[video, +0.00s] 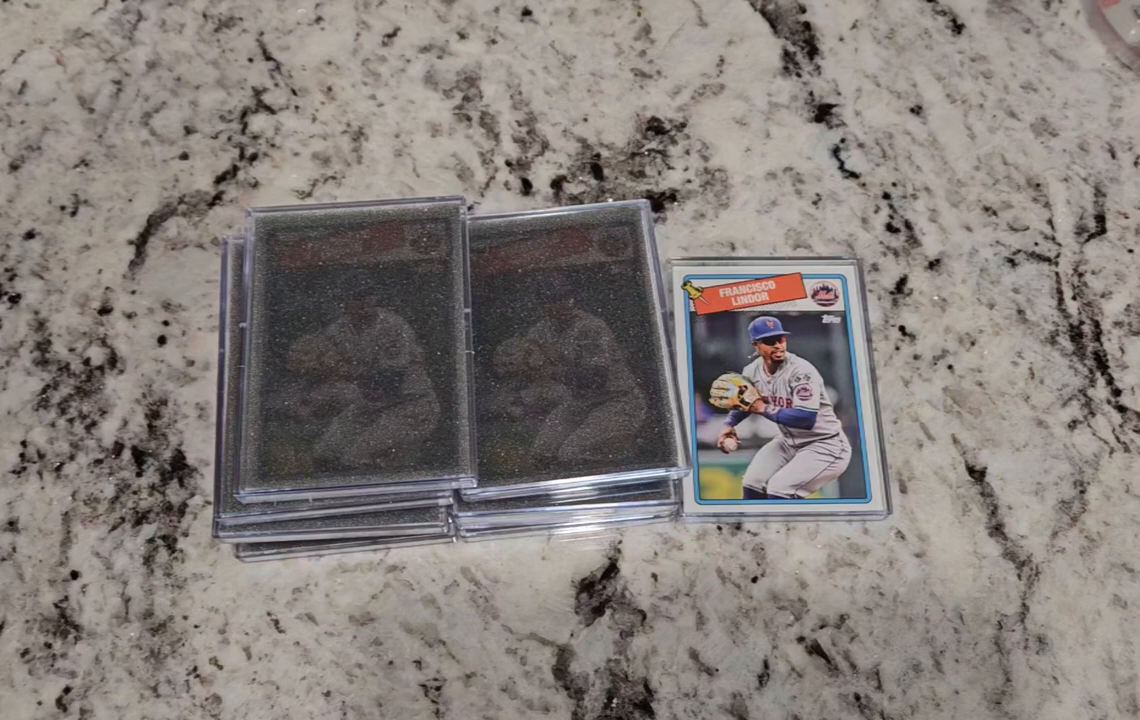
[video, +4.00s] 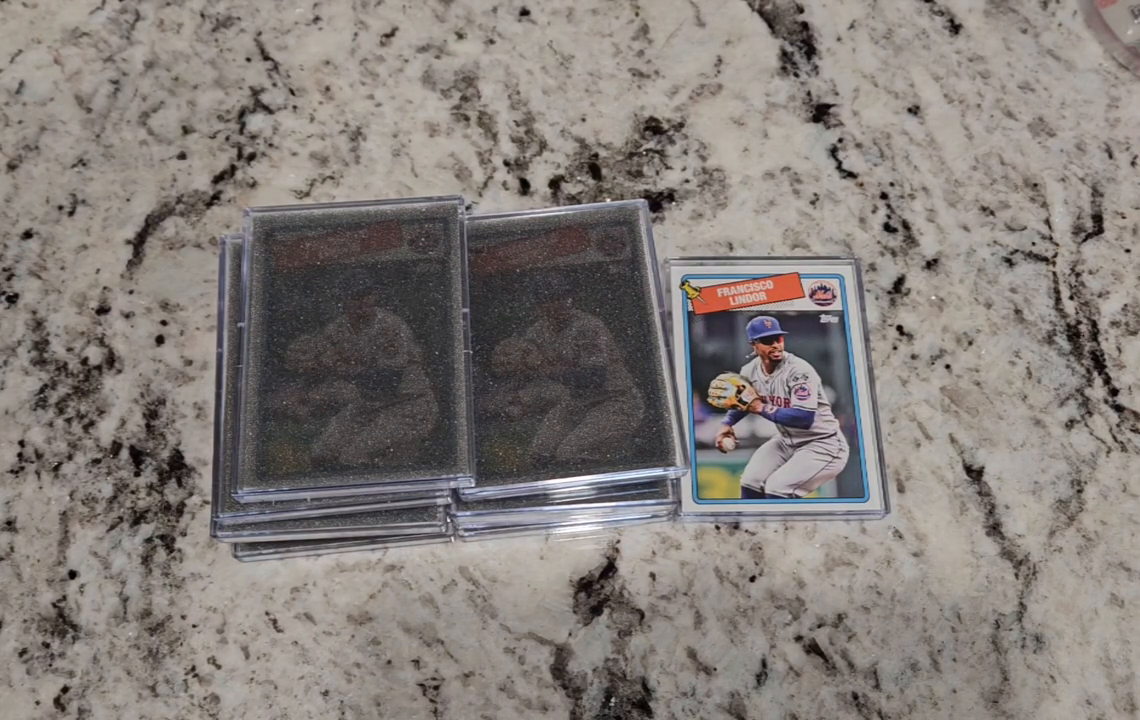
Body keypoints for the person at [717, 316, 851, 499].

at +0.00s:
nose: (778, 346)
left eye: (780, 340)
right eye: (770, 342)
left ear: (786, 340)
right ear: (757, 346)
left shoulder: (803, 371)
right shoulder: (751, 372)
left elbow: (806, 419)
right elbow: (744, 403)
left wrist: (762, 407)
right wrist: (728, 426)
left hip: (826, 446)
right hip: (789, 443)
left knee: (779, 488)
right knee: (753, 484)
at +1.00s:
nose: (776, 346)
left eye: (779, 339)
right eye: (768, 342)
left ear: (784, 339)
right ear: (755, 346)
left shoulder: (801, 371)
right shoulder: (749, 372)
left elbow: (804, 419)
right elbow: (743, 403)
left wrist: (761, 407)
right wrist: (727, 425)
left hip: (825, 446)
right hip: (787, 443)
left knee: (777, 487)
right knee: (751, 483)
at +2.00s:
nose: (776, 346)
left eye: (779, 339)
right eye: (768, 342)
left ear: (784, 339)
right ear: (755, 346)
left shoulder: (801, 371)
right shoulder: (749, 372)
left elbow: (804, 419)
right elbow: (743, 403)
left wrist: (761, 407)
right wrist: (726, 425)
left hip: (824, 445)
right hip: (787, 442)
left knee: (777, 488)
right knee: (751, 483)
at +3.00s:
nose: (776, 346)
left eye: (778, 339)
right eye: (768, 342)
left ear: (783, 339)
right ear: (754, 346)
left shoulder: (801, 371)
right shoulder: (749, 372)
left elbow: (804, 419)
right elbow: (743, 403)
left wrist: (760, 407)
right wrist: (726, 424)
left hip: (824, 445)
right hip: (786, 442)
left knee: (777, 488)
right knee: (750, 483)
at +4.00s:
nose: (776, 346)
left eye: (778, 339)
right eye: (767, 342)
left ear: (783, 339)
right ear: (754, 346)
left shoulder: (801, 371)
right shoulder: (749, 372)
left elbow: (804, 419)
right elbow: (743, 403)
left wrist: (760, 407)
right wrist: (726, 425)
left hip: (824, 445)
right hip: (786, 443)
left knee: (777, 487)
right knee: (751, 483)